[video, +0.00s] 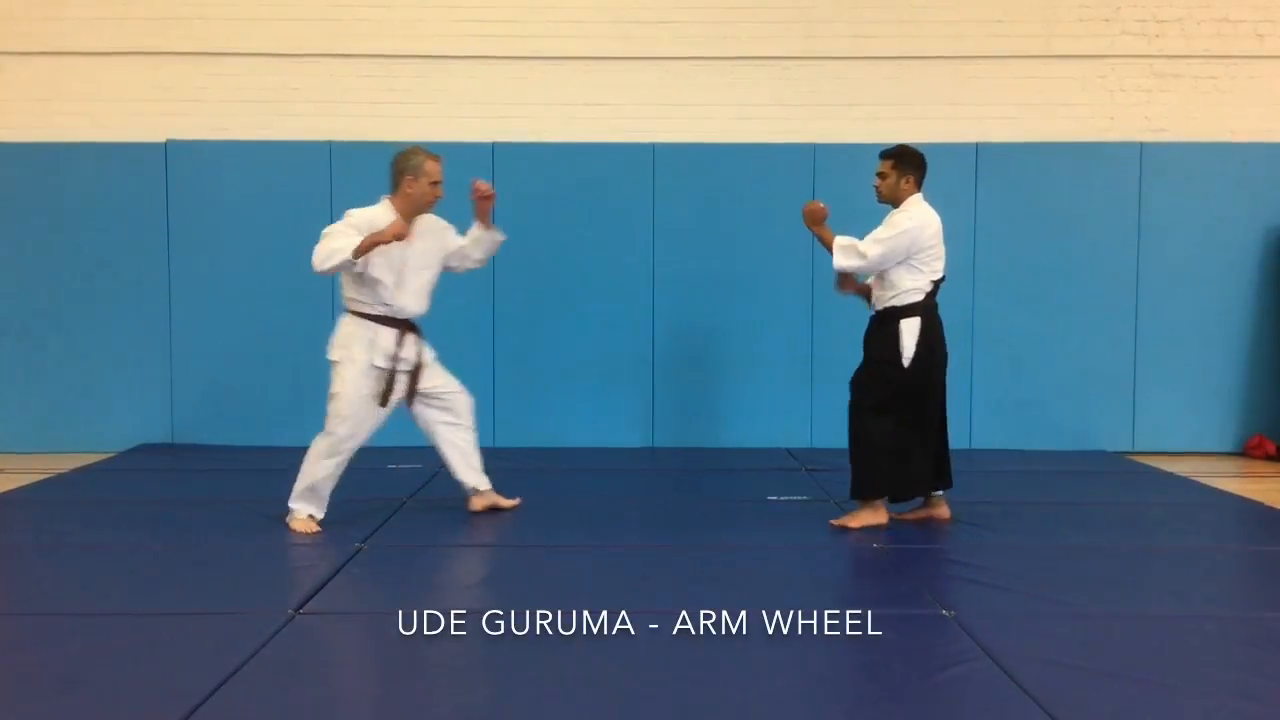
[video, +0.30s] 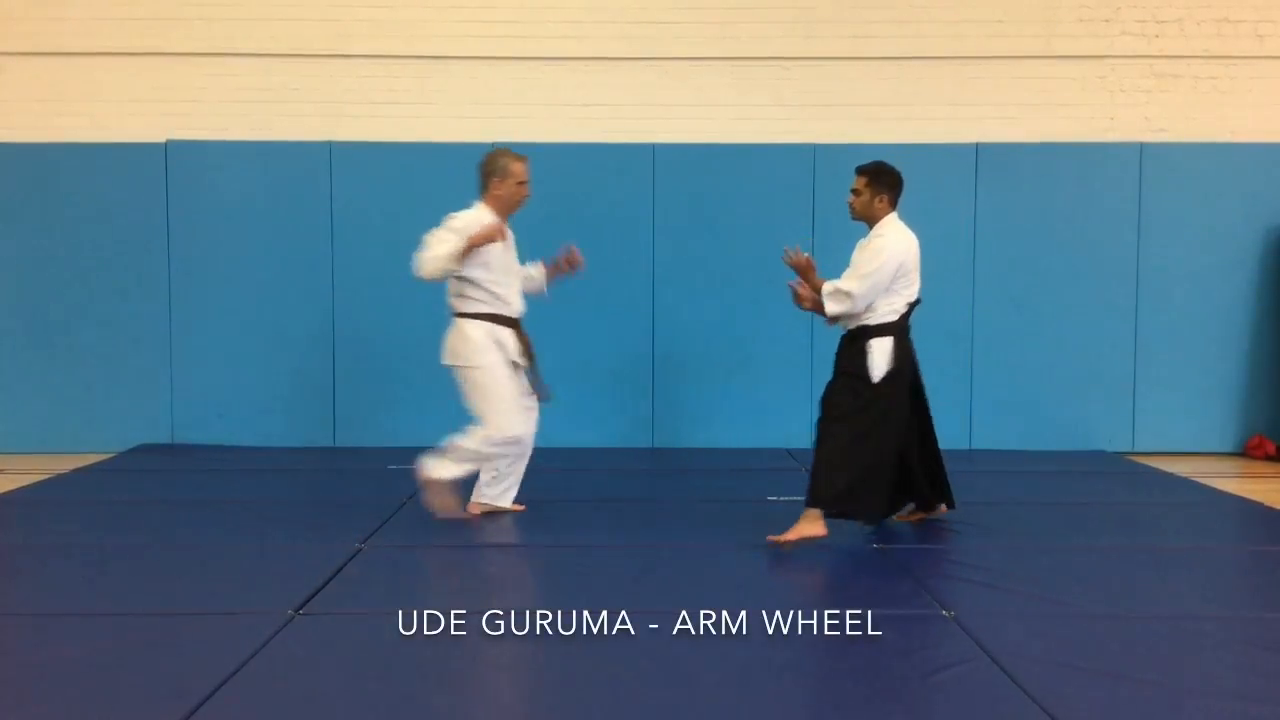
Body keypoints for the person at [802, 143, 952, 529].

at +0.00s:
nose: (876, 183)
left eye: (883, 176)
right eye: (877, 176)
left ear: (907, 180)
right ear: (906, 181)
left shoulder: (912, 219)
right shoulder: (915, 216)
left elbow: (863, 258)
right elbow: (898, 287)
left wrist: (820, 230)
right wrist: (859, 288)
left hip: (903, 327)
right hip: (917, 324)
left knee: (867, 405)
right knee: (922, 410)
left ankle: (873, 505)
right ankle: (935, 499)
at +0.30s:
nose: (849, 199)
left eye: (857, 193)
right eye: (852, 192)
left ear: (881, 200)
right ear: (880, 200)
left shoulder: (886, 243)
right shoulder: (893, 236)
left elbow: (849, 297)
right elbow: (864, 298)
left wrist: (813, 280)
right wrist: (821, 303)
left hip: (871, 345)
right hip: (889, 342)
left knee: (834, 423)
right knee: (906, 422)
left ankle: (813, 514)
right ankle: (930, 500)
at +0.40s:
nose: (835, 203)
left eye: (843, 197)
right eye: (838, 196)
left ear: (866, 204)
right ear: (869, 205)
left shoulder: (868, 248)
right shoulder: (885, 242)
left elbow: (829, 305)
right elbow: (839, 303)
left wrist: (797, 292)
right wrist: (799, 293)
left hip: (852, 353)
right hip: (874, 349)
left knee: (816, 438)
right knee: (881, 429)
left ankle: (812, 534)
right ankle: (907, 503)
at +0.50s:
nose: (820, 198)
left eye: (827, 193)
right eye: (823, 192)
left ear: (848, 200)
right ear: (851, 202)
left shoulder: (856, 245)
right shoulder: (849, 240)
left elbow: (818, 300)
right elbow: (794, 287)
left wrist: (787, 270)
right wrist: (761, 259)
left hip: (842, 355)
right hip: (858, 351)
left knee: (806, 443)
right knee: (872, 433)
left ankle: (813, 545)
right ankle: (911, 503)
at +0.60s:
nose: (808, 192)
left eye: (815, 186)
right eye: (811, 185)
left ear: (834, 192)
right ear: (841, 193)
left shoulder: (843, 239)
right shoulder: (842, 229)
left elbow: (794, 294)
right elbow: (782, 240)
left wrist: (776, 265)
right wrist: (753, 204)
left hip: (831, 350)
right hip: (852, 344)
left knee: (804, 443)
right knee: (866, 436)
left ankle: (813, 544)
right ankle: (903, 512)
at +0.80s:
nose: (791, 187)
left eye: (793, 180)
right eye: (792, 178)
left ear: (803, 183)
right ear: (831, 180)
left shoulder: (794, 232)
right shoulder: (858, 213)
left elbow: (757, 285)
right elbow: (827, 197)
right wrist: (797, 175)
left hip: (813, 341)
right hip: (853, 336)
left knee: (801, 438)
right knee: (850, 430)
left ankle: (812, 542)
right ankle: (865, 511)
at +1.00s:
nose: (783, 197)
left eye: (780, 192)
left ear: (781, 193)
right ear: (818, 193)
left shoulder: (768, 233)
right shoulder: (846, 221)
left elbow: (759, 291)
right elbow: (881, 222)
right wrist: (848, 212)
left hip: (799, 340)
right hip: (844, 337)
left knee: (789, 433)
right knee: (842, 427)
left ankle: (809, 538)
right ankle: (847, 515)